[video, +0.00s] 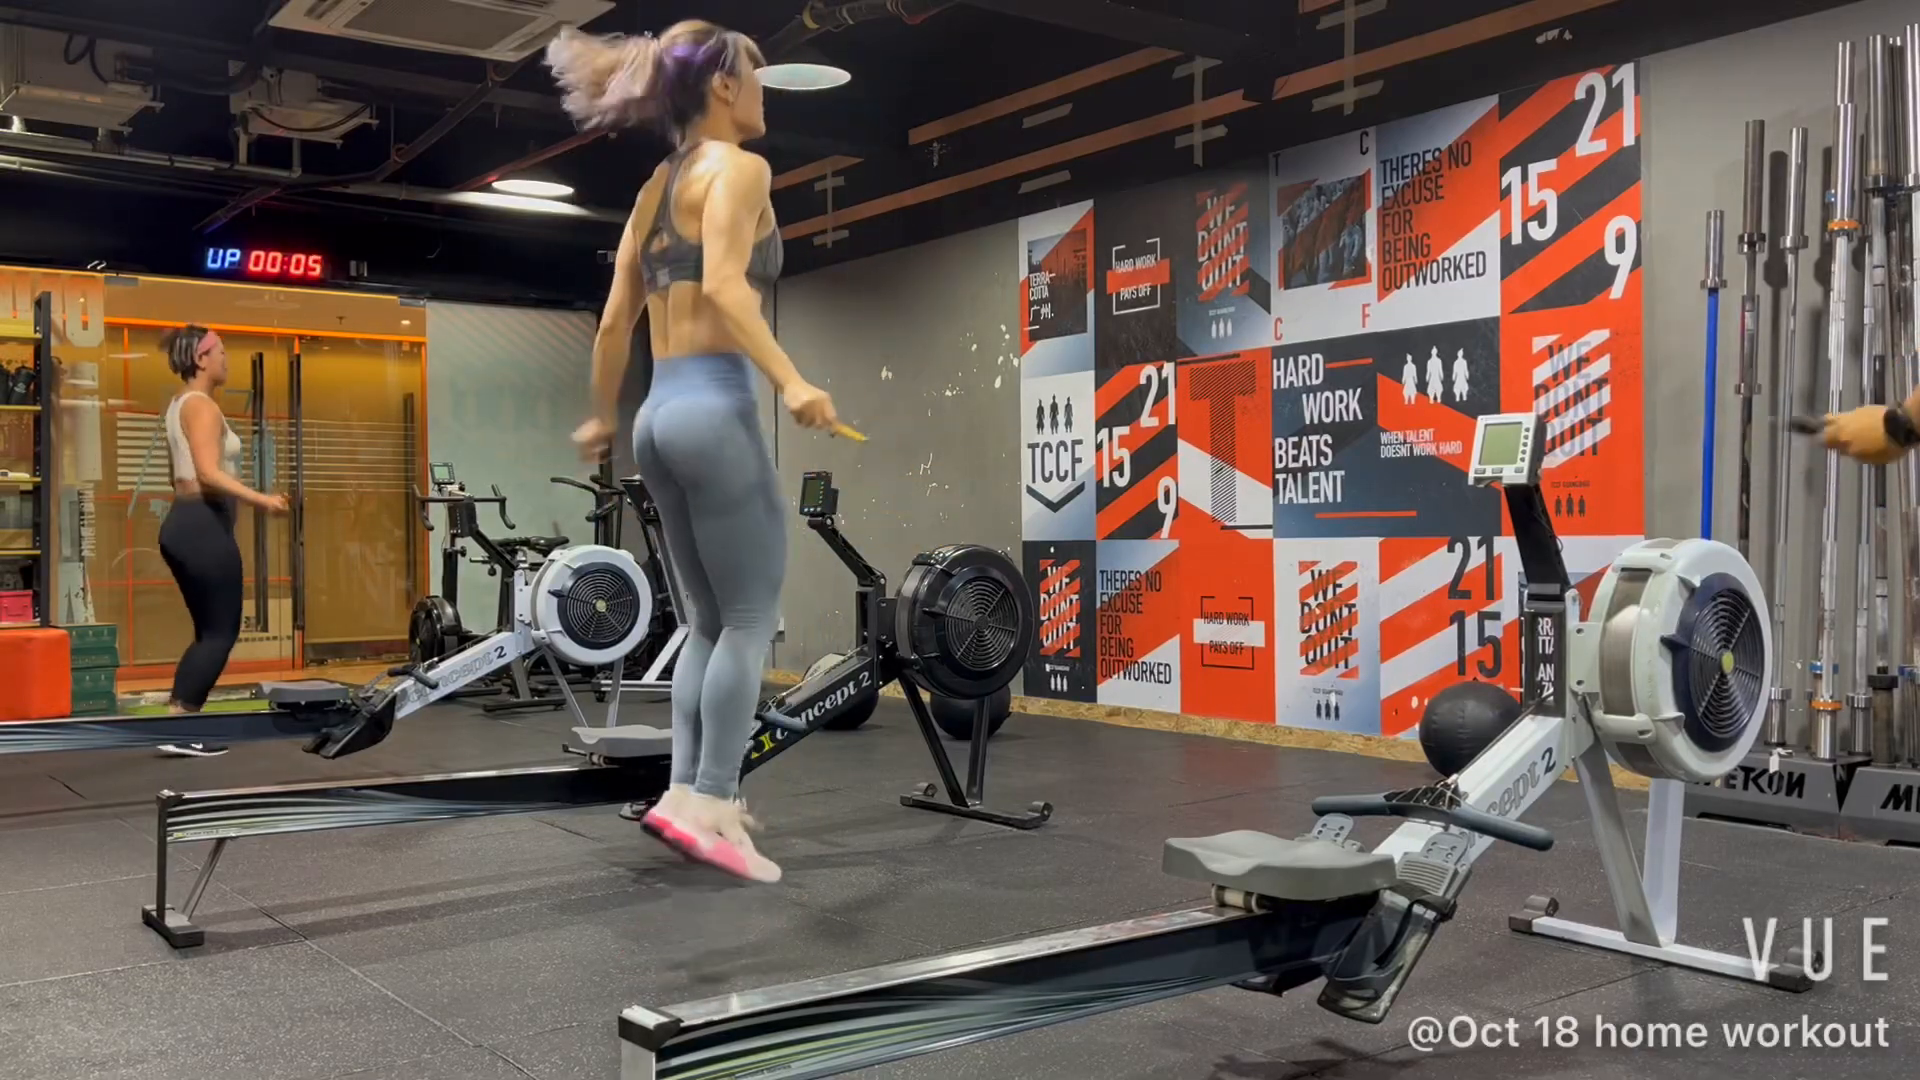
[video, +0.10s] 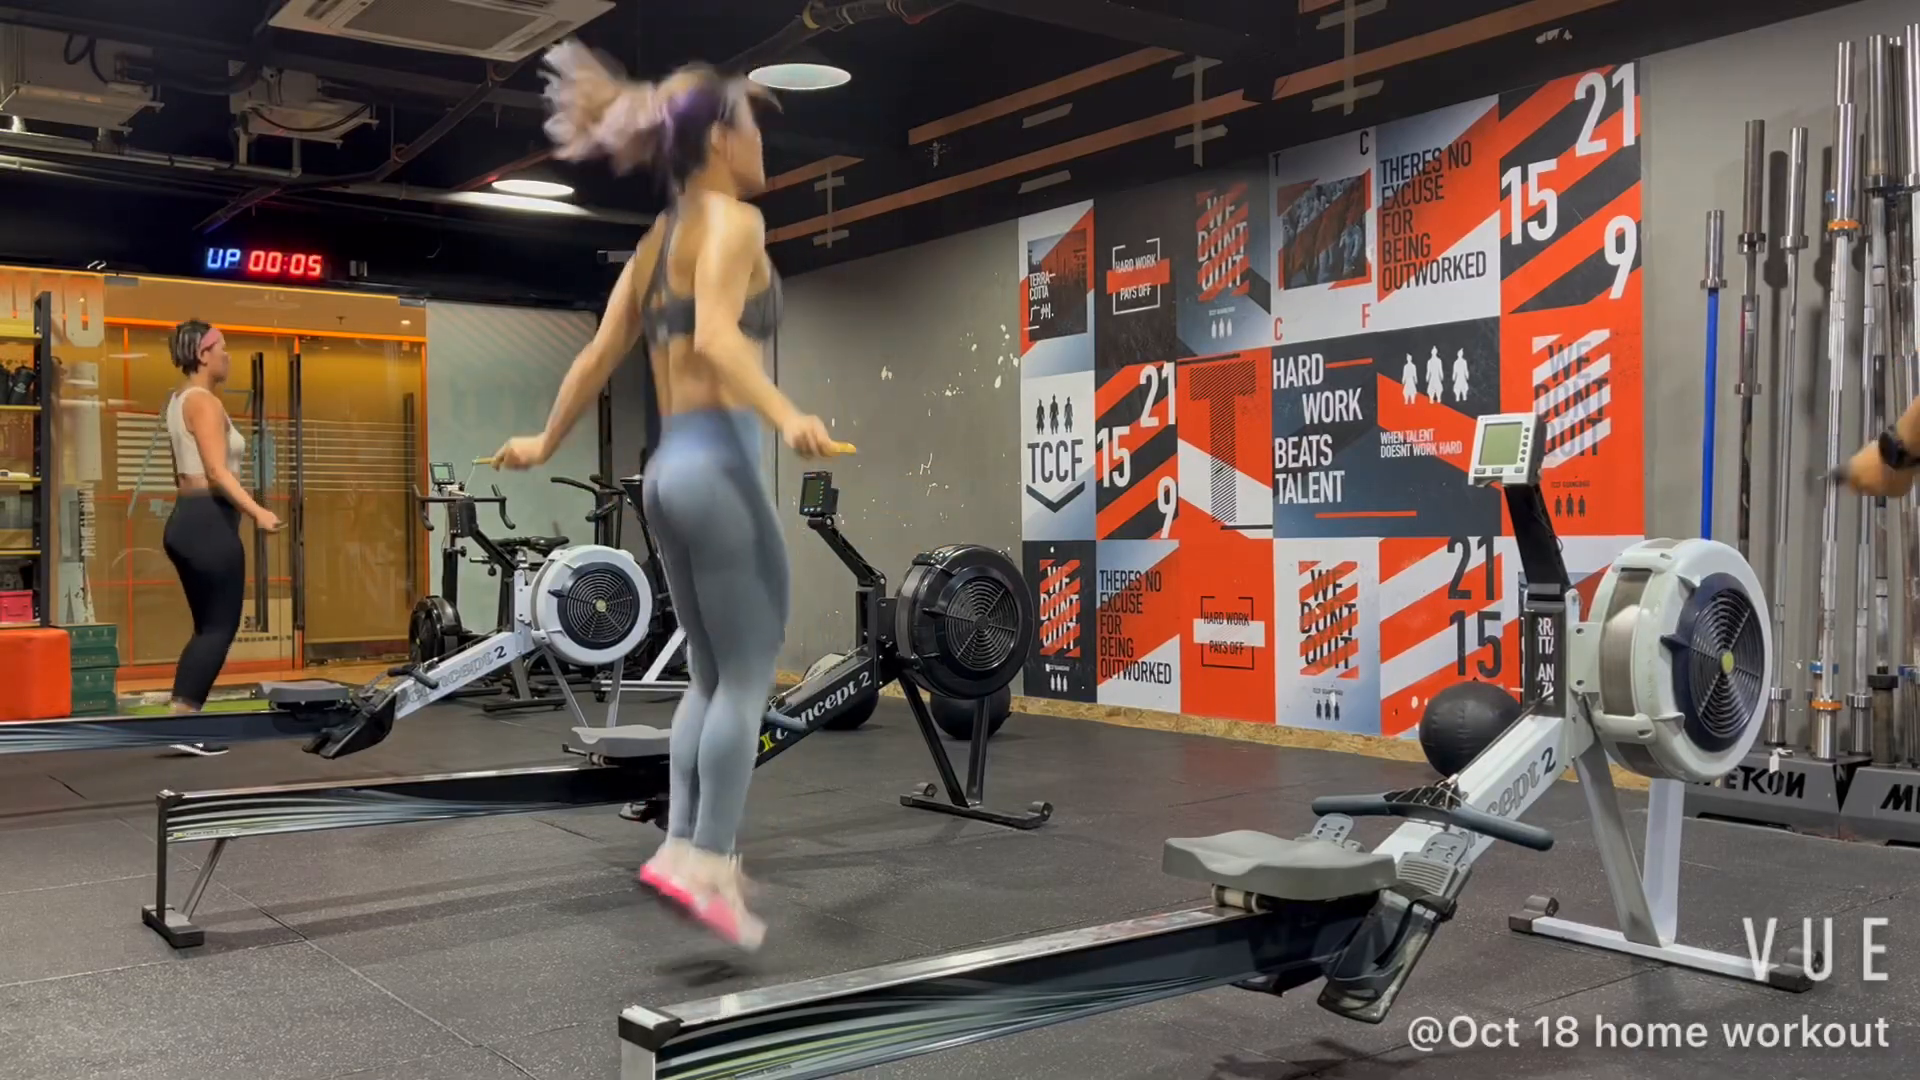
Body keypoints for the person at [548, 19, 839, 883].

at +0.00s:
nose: (763, 96)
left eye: (759, 80)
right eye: (754, 82)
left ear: (691, 96)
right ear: (722, 87)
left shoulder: (654, 188)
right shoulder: (739, 166)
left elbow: (616, 319)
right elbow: (722, 285)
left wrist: (605, 413)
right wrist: (791, 381)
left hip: (657, 412)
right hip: (714, 408)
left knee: (704, 621)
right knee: (750, 618)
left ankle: (689, 795)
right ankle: (712, 805)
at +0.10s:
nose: (759, 140)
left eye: (753, 125)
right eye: (747, 126)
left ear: (692, 148)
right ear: (717, 141)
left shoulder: (655, 240)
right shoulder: (729, 217)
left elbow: (599, 353)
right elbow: (715, 333)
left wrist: (544, 441)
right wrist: (789, 417)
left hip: (667, 468)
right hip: (712, 462)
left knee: (709, 673)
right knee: (748, 667)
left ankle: (686, 849)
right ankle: (710, 859)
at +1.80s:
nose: (773, 101)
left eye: (769, 85)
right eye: (765, 87)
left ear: (703, 101)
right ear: (734, 91)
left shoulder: (660, 189)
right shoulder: (743, 171)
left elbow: (620, 322)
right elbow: (718, 289)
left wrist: (606, 418)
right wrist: (788, 382)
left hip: (651, 418)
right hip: (703, 414)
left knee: (700, 621)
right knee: (739, 623)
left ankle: (670, 801)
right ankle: (700, 814)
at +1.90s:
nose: (774, 153)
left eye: (769, 138)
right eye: (763, 139)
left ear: (709, 157)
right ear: (734, 151)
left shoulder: (667, 246)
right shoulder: (740, 234)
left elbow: (603, 363)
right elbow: (717, 356)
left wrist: (551, 442)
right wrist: (796, 434)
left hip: (656, 481)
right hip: (701, 480)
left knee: (700, 688)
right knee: (733, 690)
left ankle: (669, 865)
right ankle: (696, 880)